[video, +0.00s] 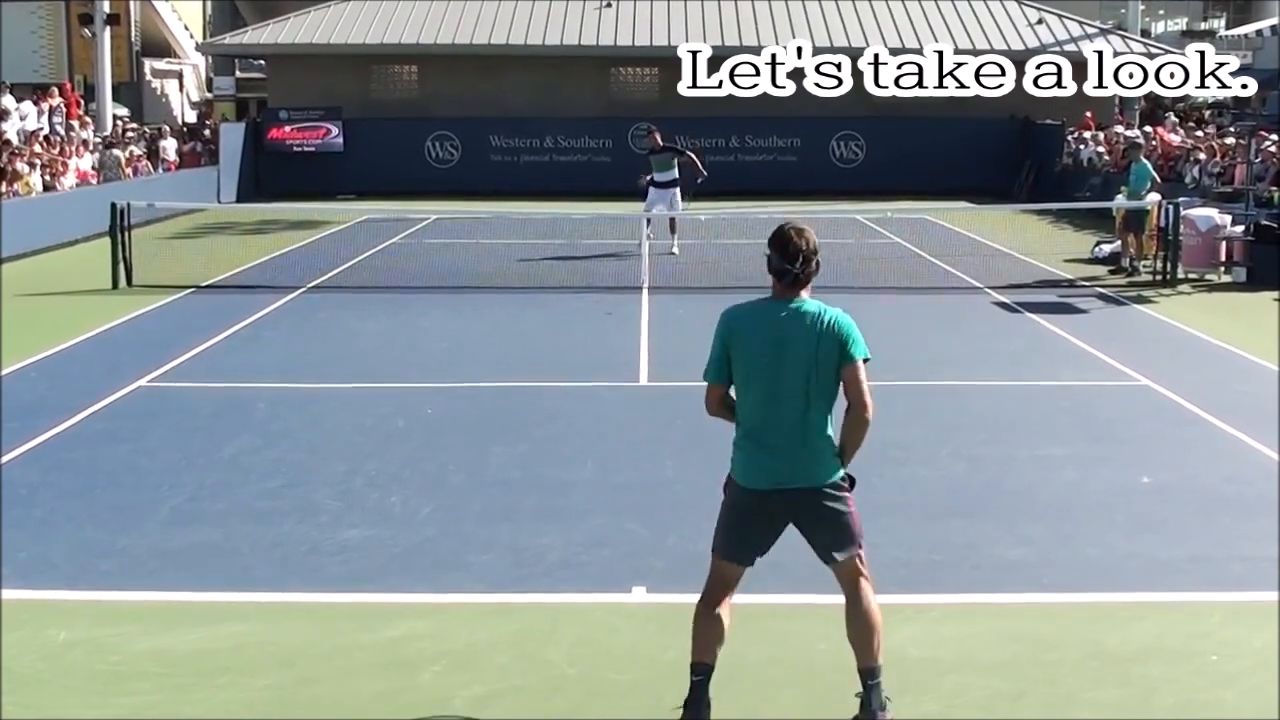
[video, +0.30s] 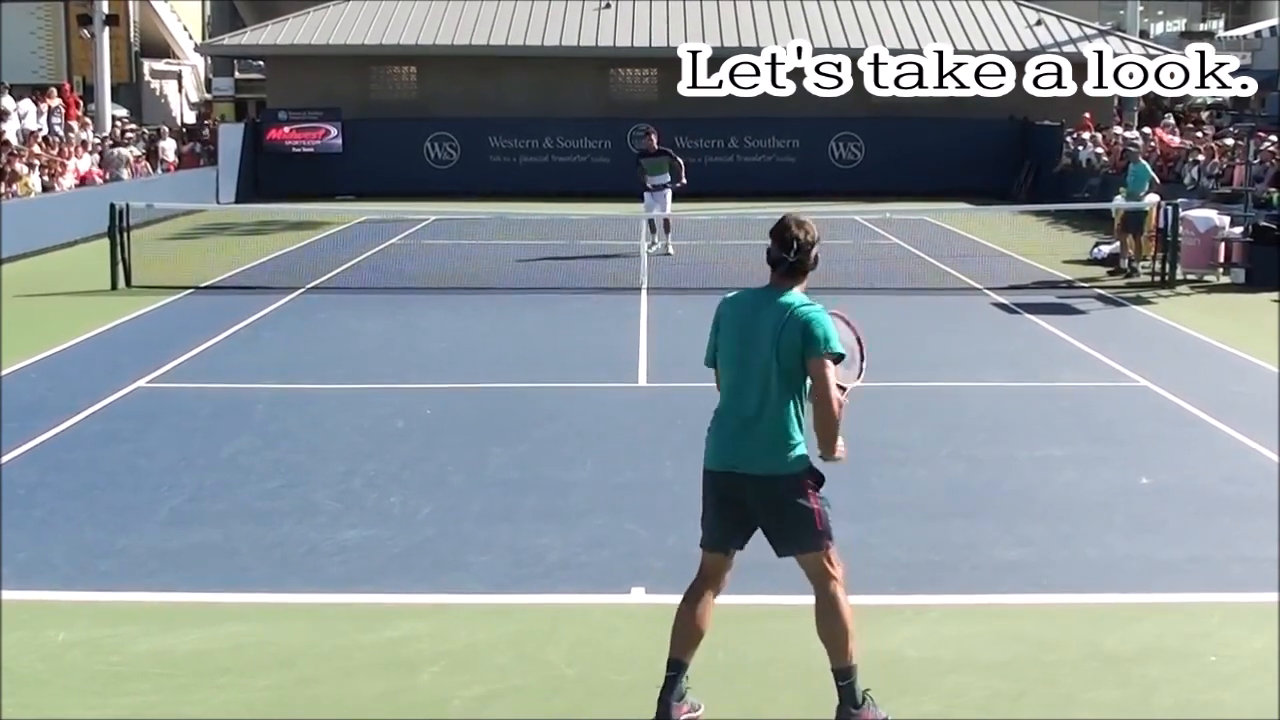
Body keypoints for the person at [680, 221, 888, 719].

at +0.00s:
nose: (781, 270)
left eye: (773, 262)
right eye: (803, 263)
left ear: (769, 267)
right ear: (814, 270)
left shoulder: (735, 320)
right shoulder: (836, 324)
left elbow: (716, 403)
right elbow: (861, 406)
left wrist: (762, 417)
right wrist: (841, 463)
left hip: (752, 481)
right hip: (818, 480)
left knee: (717, 591)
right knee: (857, 583)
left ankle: (697, 701)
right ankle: (873, 701)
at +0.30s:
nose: (810, 264)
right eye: (814, 258)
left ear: (769, 257)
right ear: (813, 263)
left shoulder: (730, 306)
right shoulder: (811, 317)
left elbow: (723, 382)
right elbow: (827, 400)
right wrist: (830, 447)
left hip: (722, 468)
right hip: (783, 470)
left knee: (707, 578)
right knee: (828, 579)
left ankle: (671, 695)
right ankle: (851, 701)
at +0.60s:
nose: (825, 259)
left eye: (821, 253)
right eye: (826, 253)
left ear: (780, 251)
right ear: (822, 258)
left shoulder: (765, 292)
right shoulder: (786, 299)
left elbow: (843, 307)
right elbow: (783, 363)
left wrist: (906, 294)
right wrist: (865, 364)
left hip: (724, 449)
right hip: (765, 452)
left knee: (735, 558)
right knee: (793, 564)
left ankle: (671, 658)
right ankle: (776, 689)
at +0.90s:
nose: (843, 290)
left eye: (844, 282)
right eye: (846, 283)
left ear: (805, 268)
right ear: (839, 282)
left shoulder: (792, 309)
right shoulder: (793, 310)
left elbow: (847, 349)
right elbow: (762, 358)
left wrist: (914, 376)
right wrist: (805, 407)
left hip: (709, 441)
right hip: (741, 446)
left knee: (745, 538)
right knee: (787, 560)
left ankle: (732, 646)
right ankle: (775, 687)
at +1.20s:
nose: (830, 304)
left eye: (833, 296)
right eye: (833, 296)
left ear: (791, 275)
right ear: (826, 293)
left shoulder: (733, 293)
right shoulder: (812, 348)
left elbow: (701, 336)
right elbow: (805, 424)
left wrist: (746, 360)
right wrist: (815, 454)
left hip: (698, 451)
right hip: (751, 462)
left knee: (723, 535)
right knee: (789, 558)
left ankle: (728, 648)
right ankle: (774, 677)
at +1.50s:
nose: (797, 253)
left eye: (777, 241)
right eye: (803, 247)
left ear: (763, 240)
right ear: (805, 251)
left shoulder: (722, 281)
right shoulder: (811, 302)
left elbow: (668, 337)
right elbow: (768, 291)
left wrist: (669, 286)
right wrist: (719, 263)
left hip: (710, 433)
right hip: (767, 436)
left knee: (717, 537)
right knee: (780, 540)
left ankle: (724, 649)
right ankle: (790, 657)